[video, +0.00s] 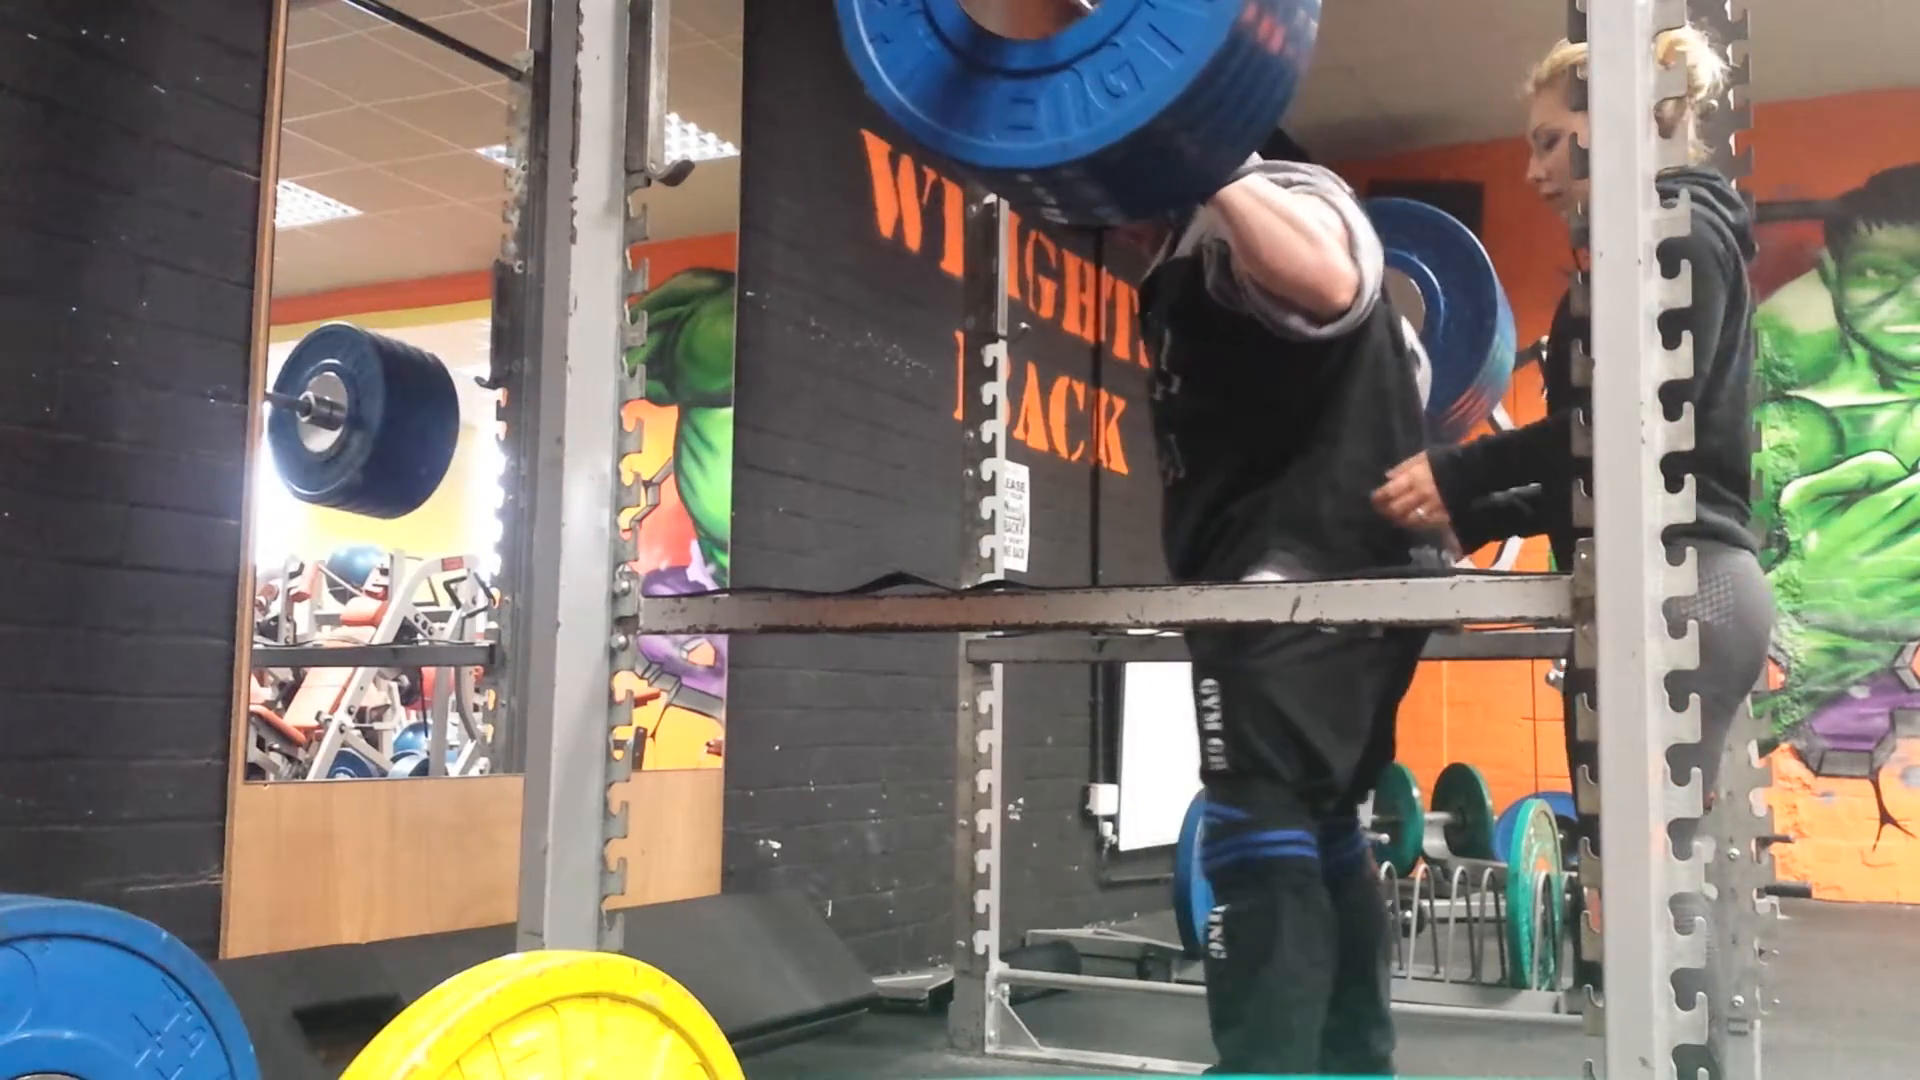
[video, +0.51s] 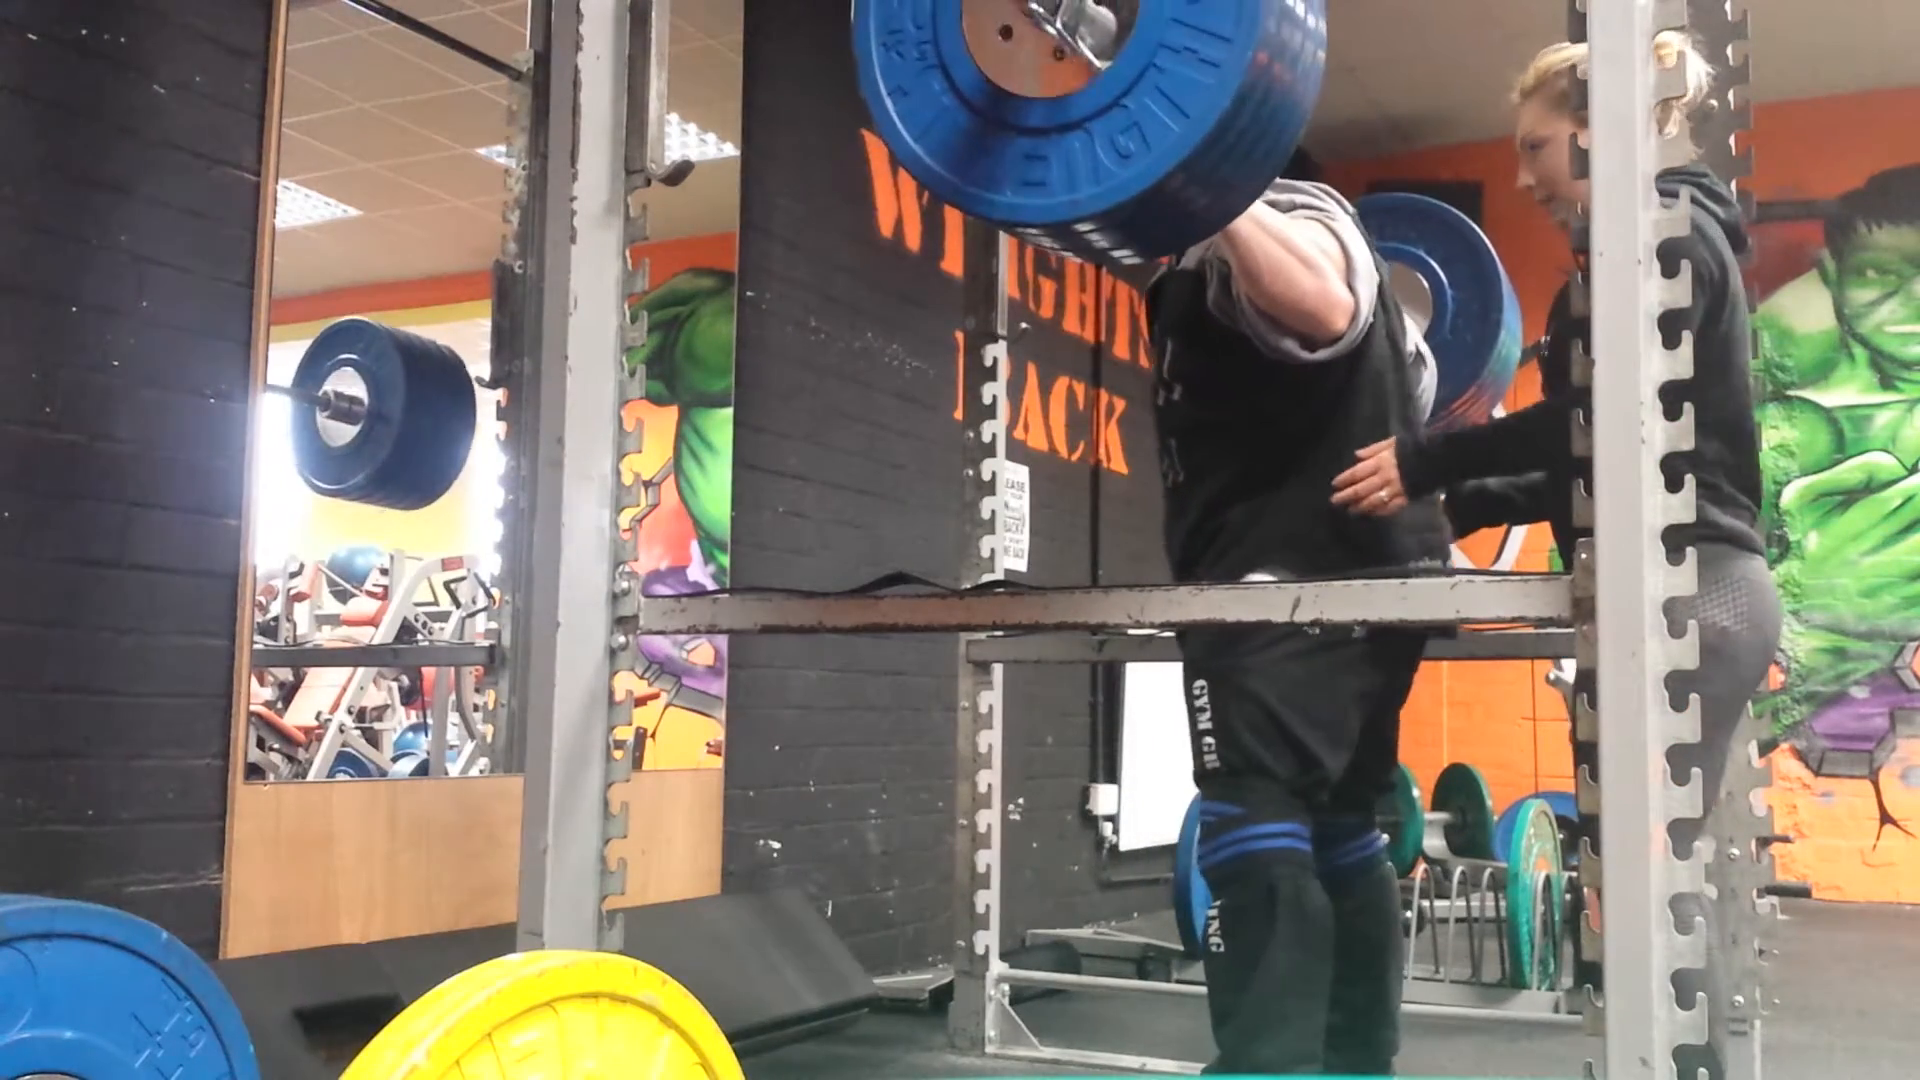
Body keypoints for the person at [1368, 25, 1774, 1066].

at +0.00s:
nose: (1537, 171)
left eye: (1553, 141)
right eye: (1532, 147)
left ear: (1617, 127)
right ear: (1605, 136)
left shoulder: (1660, 230)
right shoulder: (1671, 225)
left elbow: (1629, 428)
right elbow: (1613, 445)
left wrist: (1467, 479)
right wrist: (1473, 491)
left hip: (1662, 577)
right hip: (1692, 570)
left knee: (1638, 851)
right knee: (1669, 849)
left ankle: (1661, 1063)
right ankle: (1683, 1057)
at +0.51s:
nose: (1526, 176)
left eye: (1539, 150)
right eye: (1522, 154)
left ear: (1601, 139)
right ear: (1571, 149)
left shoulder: (1653, 234)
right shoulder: (1651, 244)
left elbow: (1601, 422)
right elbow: (1599, 468)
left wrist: (1422, 463)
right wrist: (1451, 502)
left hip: (1683, 584)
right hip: (1690, 584)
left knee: (1643, 853)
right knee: (1664, 854)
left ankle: (1668, 1061)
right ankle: (1685, 1058)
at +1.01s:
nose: (1525, 172)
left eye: (1538, 149)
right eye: (1526, 150)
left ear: (1598, 142)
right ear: (1592, 143)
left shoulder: (1649, 240)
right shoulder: (1658, 240)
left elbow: (1594, 425)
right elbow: (1575, 455)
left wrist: (1397, 443)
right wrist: (1413, 473)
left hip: (1682, 592)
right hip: (1705, 590)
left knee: (1640, 864)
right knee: (1673, 861)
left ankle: (1659, 1062)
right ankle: (1694, 1057)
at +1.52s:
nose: (1524, 168)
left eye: (1537, 142)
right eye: (1529, 143)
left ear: (1593, 143)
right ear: (1587, 143)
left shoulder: (1647, 244)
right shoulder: (1651, 247)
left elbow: (1596, 428)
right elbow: (1594, 472)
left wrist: (1412, 467)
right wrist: (1448, 515)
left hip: (1678, 585)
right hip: (1692, 585)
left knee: (1637, 849)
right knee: (1652, 849)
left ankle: (1662, 1059)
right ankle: (1673, 1055)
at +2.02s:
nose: (1552, 164)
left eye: (1567, 143)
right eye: (1561, 143)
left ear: (1604, 154)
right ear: (1647, 153)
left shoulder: (1651, 239)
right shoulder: (1650, 261)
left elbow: (1581, 393)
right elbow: (1582, 494)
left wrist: (1402, 438)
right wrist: (1424, 509)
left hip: (1668, 587)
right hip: (1670, 589)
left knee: (1628, 853)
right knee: (1630, 852)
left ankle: (1651, 1052)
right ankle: (1657, 1049)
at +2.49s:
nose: (1548, 178)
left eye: (1558, 157)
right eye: (1553, 157)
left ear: (1597, 157)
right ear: (1636, 156)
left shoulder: (1647, 240)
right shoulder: (1653, 255)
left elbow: (1568, 408)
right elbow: (1579, 480)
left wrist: (1393, 440)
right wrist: (1431, 501)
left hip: (1669, 583)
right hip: (1673, 586)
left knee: (1634, 840)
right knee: (1646, 841)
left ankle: (1659, 1056)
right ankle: (1673, 1053)